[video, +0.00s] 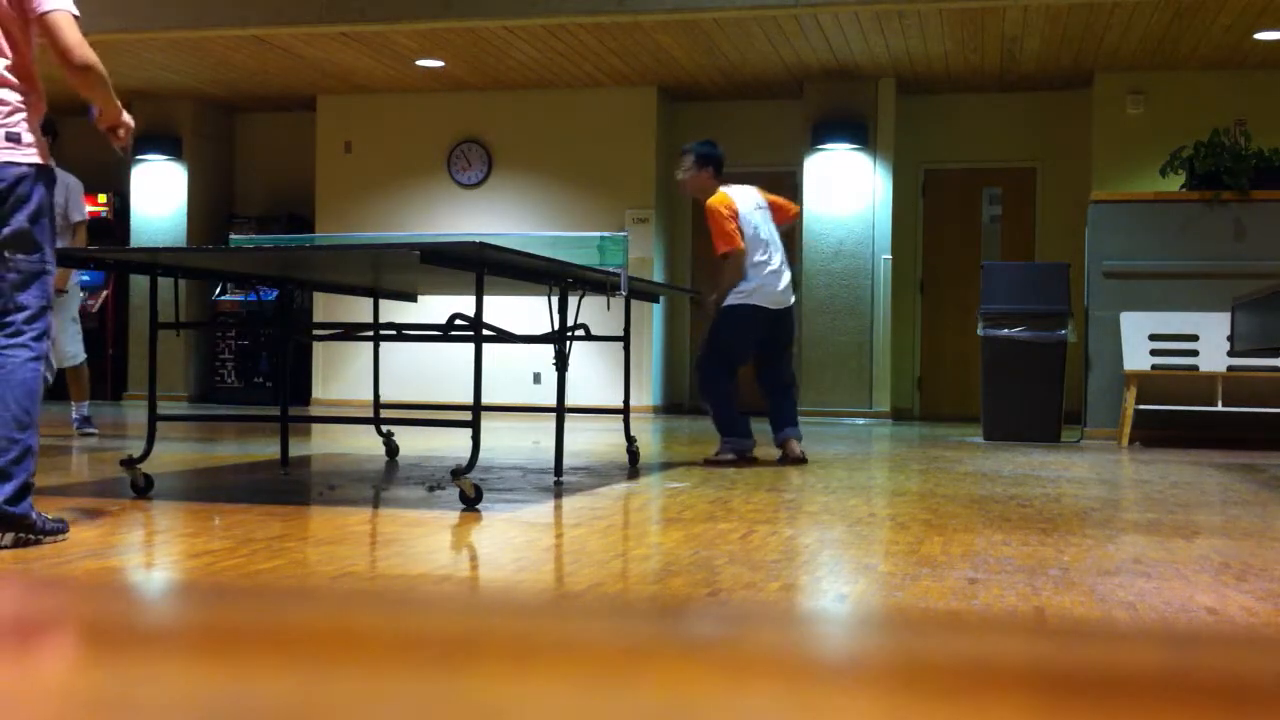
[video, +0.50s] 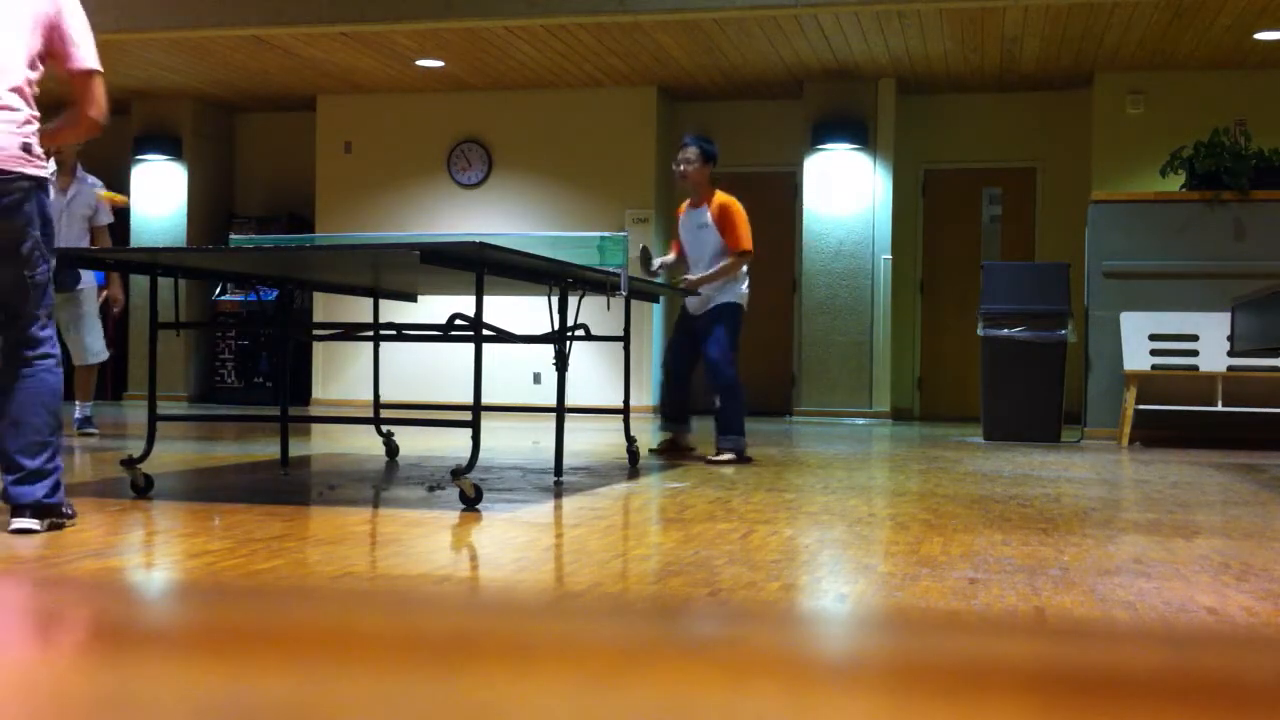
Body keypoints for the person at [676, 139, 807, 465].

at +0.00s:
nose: (680, 178)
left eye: (686, 170)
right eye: (681, 170)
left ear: (708, 172)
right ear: (712, 173)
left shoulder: (717, 202)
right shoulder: (752, 193)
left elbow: (735, 255)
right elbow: (791, 211)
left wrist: (718, 295)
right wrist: (760, 237)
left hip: (748, 300)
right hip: (781, 300)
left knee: (712, 369)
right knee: (776, 370)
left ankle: (735, 443)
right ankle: (791, 441)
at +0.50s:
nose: (681, 169)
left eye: (689, 162)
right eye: (679, 162)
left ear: (708, 167)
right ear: (677, 168)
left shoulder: (726, 205)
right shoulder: (684, 210)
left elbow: (742, 255)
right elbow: (680, 251)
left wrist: (702, 279)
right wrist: (662, 262)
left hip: (726, 299)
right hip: (695, 301)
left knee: (717, 360)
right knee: (676, 363)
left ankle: (732, 445)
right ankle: (679, 437)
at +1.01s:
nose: (651, 183)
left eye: (656, 176)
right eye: (649, 177)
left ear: (677, 177)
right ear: (662, 181)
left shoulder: (689, 206)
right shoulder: (678, 213)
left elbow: (687, 254)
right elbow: (681, 256)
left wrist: (665, 272)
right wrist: (667, 271)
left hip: (725, 302)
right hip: (700, 305)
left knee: (740, 366)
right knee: (670, 362)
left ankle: (778, 439)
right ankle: (674, 436)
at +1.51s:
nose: (657, 160)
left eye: (665, 153)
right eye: (656, 154)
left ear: (688, 159)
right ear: (656, 159)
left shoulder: (714, 198)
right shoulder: (648, 199)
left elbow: (737, 232)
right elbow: (601, 206)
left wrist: (713, 254)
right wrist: (564, 200)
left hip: (708, 294)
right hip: (664, 294)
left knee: (724, 355)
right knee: (648, 361)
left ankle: (732, 431)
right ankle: (660, 415)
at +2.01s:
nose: (631, 165)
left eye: (638, 160)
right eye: (626, 160)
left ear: (653, 167)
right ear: (619, 167)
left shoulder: (670, 208)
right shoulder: (606, 206)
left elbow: (690, 253)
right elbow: (589, 246)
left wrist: (677, 254)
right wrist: (602, 244)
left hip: (663, 306)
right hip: (618, 304)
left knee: (694, 364)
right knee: (584, 370)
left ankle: (711, 441)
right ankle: (566, 443)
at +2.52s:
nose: (585, 189)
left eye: (591, 182)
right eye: (581, 183)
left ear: (610, 184)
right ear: (578, 188)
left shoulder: (624, 218)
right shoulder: (596, 226)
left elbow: (624, 264)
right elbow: (596, 265)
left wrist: (583, 272)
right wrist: (570, 273)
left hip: (640, 304)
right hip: (614, 306)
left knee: (643, 366)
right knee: (581, 363)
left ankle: (682, 438)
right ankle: (598, 431)